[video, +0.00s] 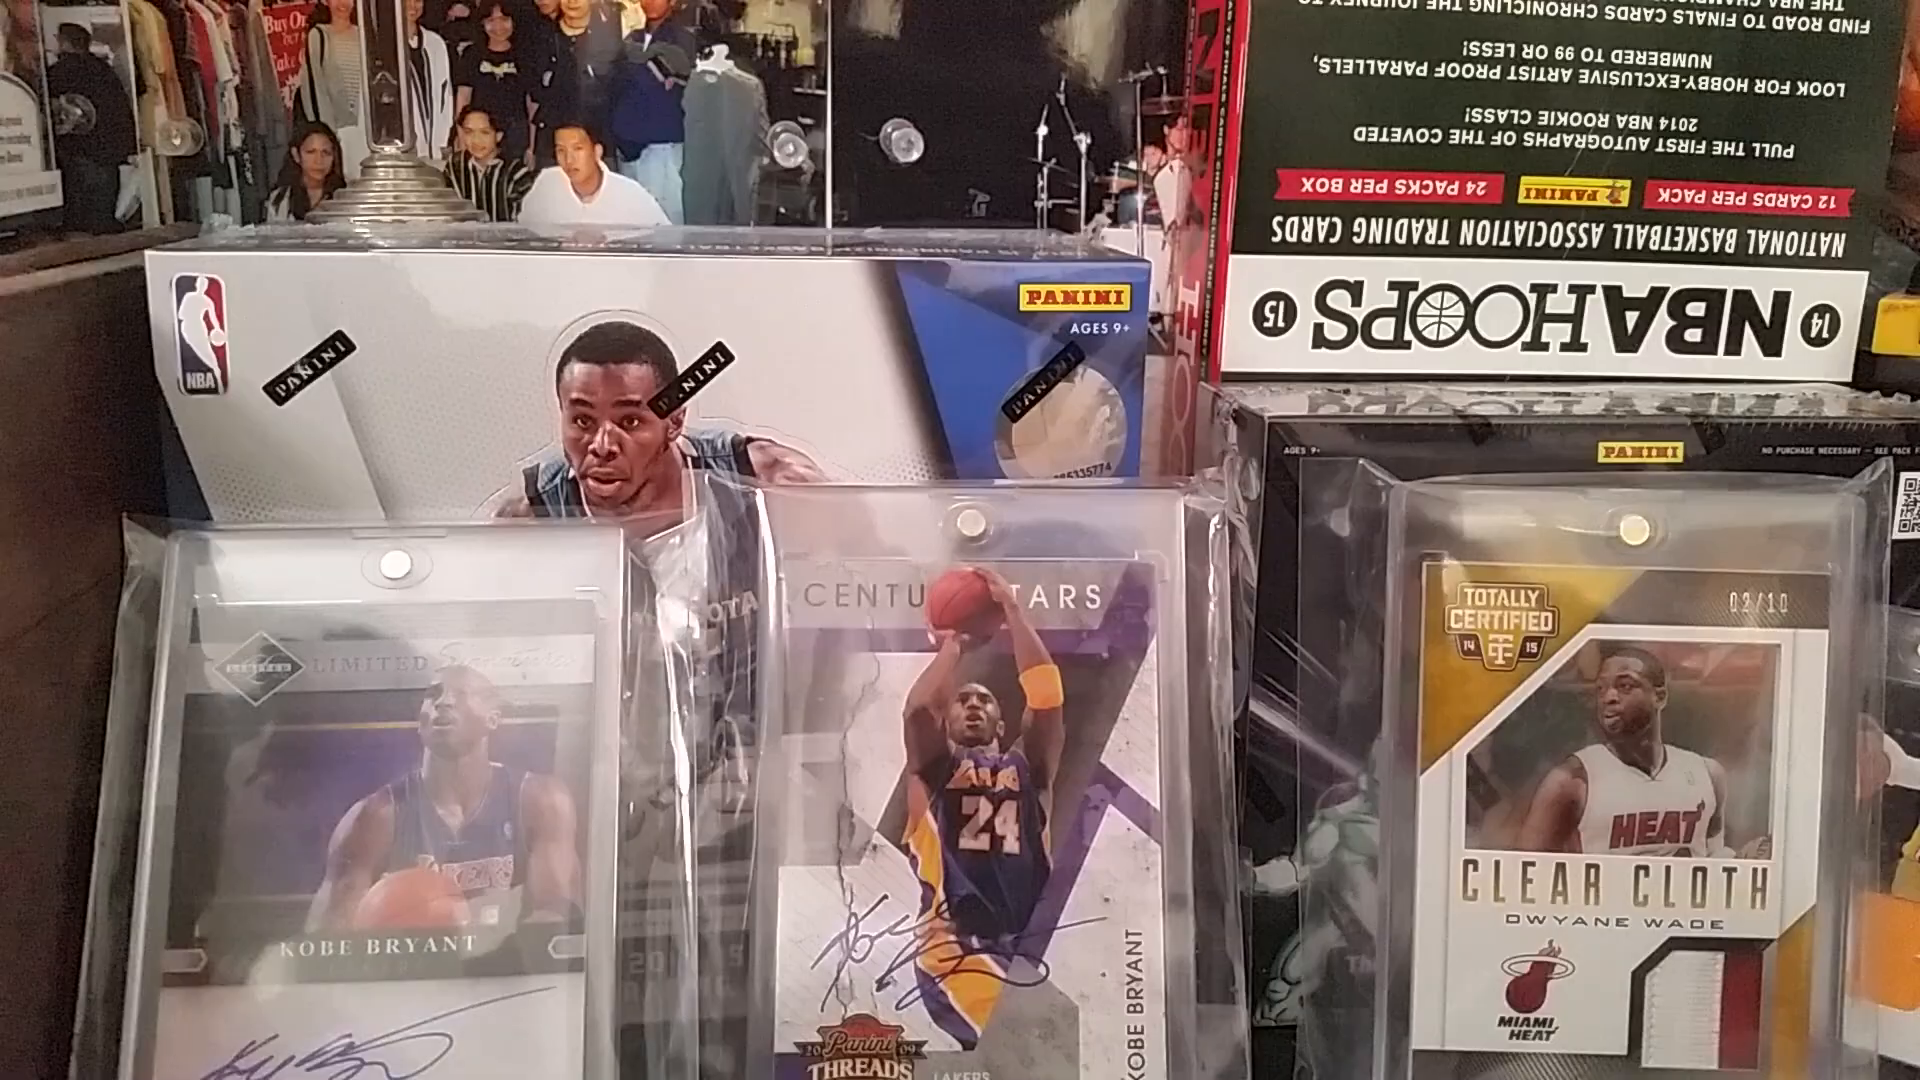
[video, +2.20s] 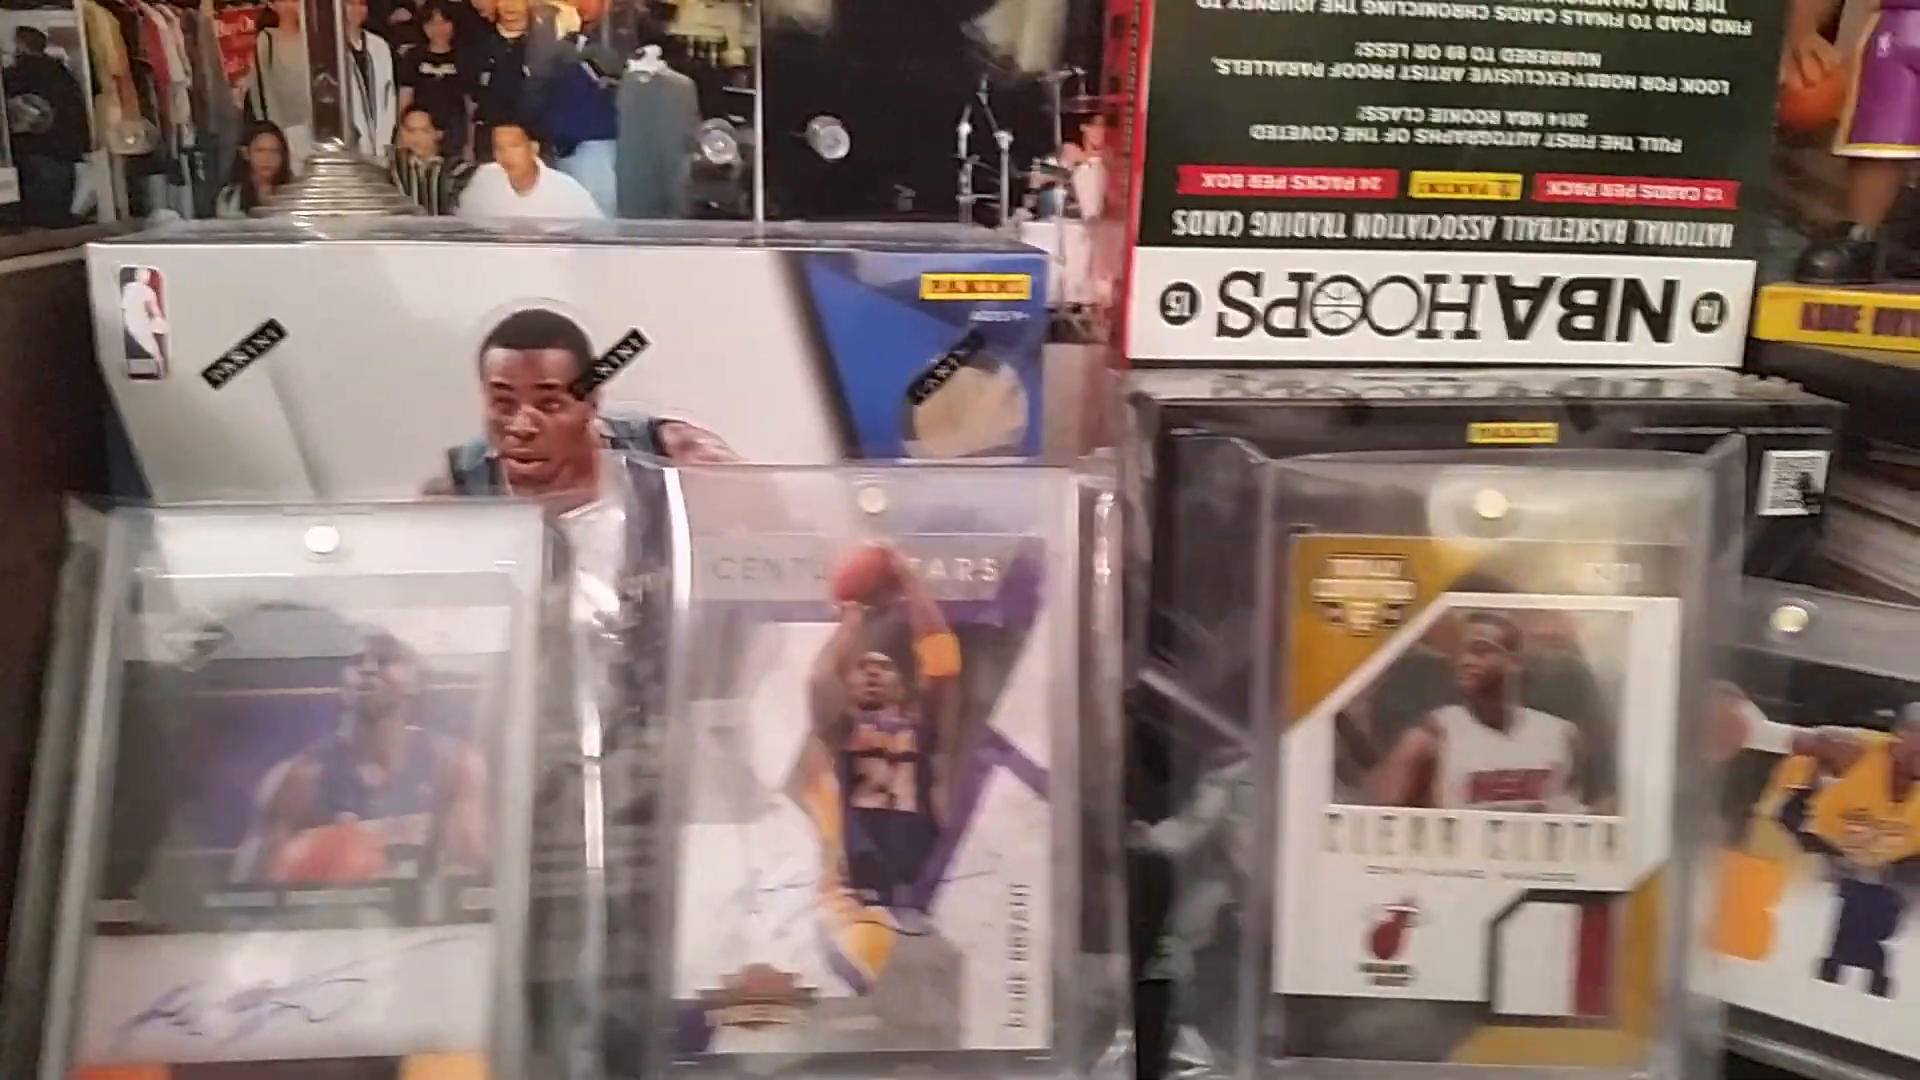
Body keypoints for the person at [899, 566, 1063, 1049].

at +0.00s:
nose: (973, 705)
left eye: (984, 700)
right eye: (963, 700)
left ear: (1002, 722)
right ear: (947, 721)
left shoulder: (1028, 766)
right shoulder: (934, 766)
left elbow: (1046, 694)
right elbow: (919, 709)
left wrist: (1012, 608)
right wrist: (952, 644)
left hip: (1024, 944)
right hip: (952, 945)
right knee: (1026, 1045)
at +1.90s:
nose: (986, 688)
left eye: (997, 683)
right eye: (975, 683)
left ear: (1014, 702)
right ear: (960, 702)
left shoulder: (1041, 746)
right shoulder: (949, 746)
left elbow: (1058, 680)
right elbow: (933, 689)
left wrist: (1025, 594)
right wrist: (970, 624)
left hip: (1035, 919)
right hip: (965, 921)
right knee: (1035, 1014)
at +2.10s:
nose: (909, 682)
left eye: (922, 672)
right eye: (898, 673)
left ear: (941, 681)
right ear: (881, 682)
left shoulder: (955, 725)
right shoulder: (876, 730)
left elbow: (979, 664)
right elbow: (858, 682)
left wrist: (947, 593)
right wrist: (893, 621)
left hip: (949, 833)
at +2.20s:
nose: (872, 675)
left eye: (884, 666)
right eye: (861, 667)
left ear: (904, 677)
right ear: (845, 677)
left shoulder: (923, 724)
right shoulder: (839, 726)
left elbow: (941, 657)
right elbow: (822, 678)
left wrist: (910, 584)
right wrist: (852, 620)